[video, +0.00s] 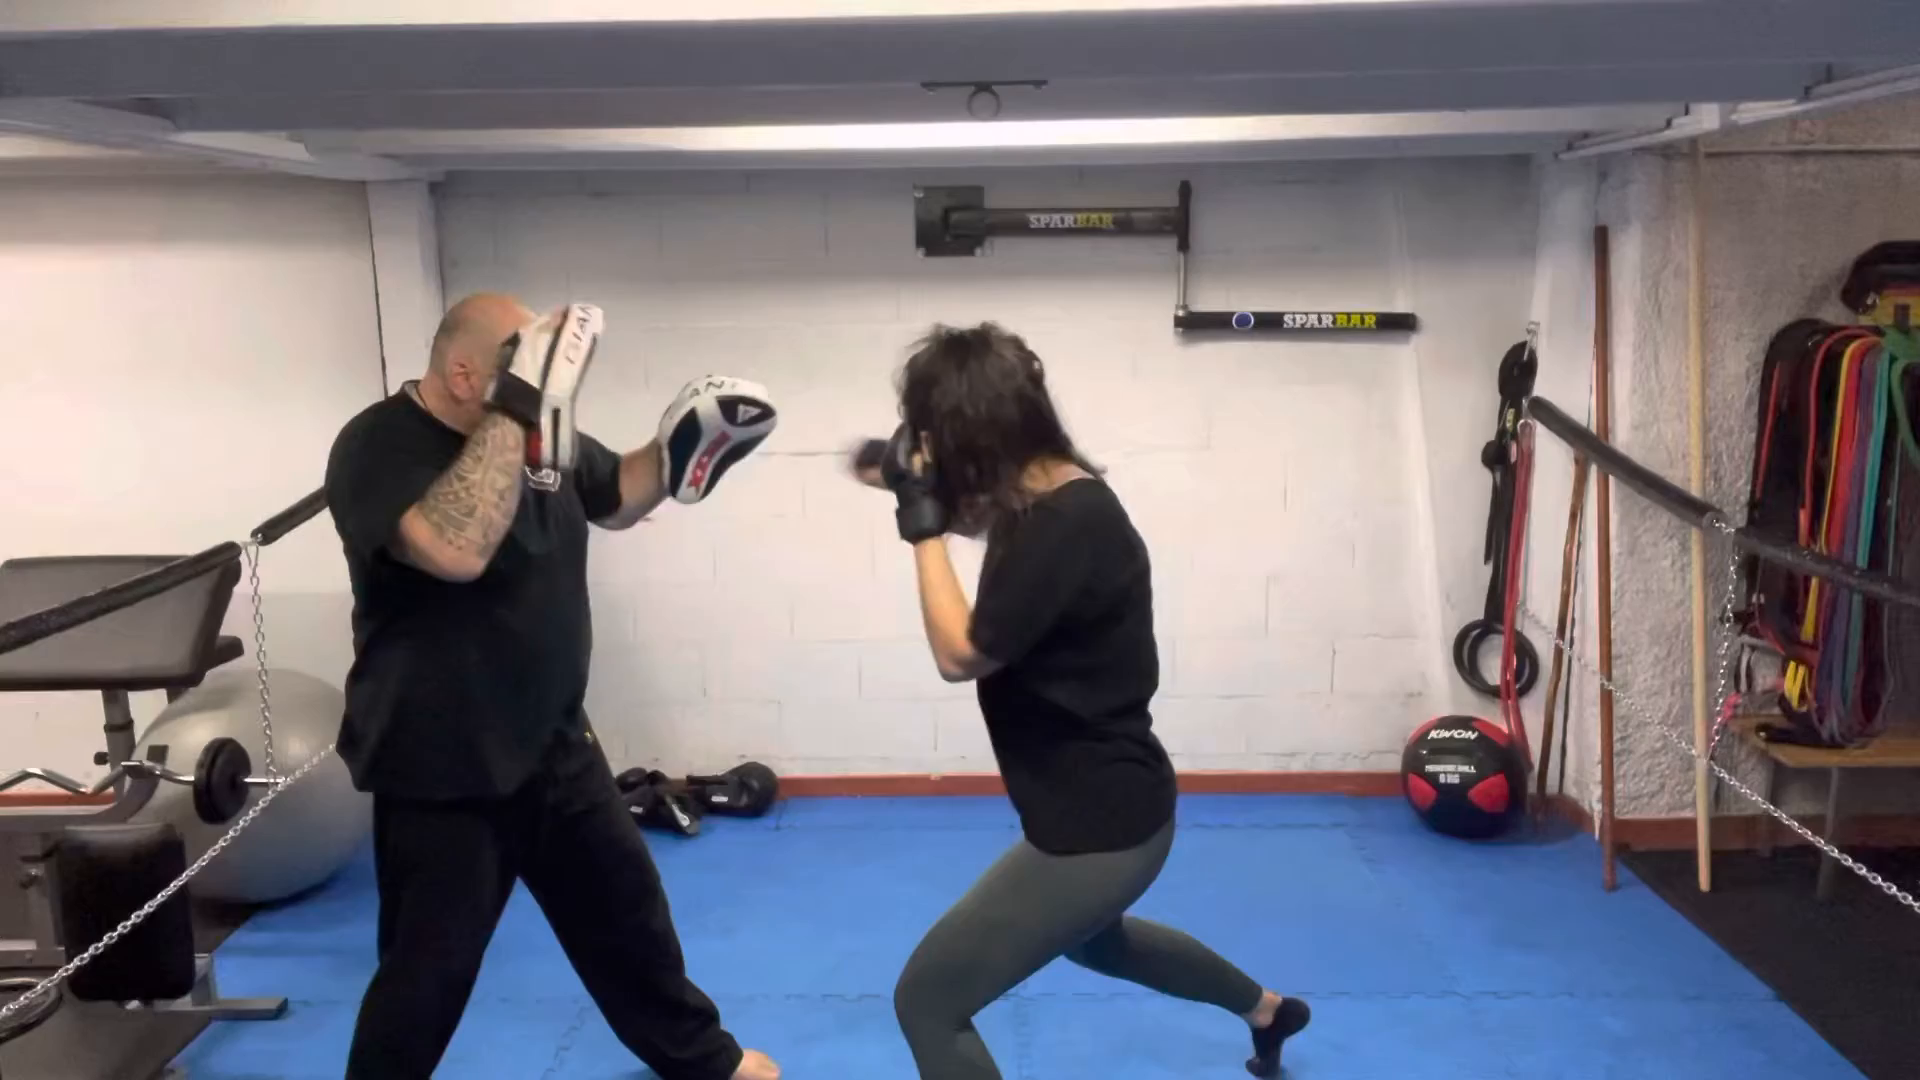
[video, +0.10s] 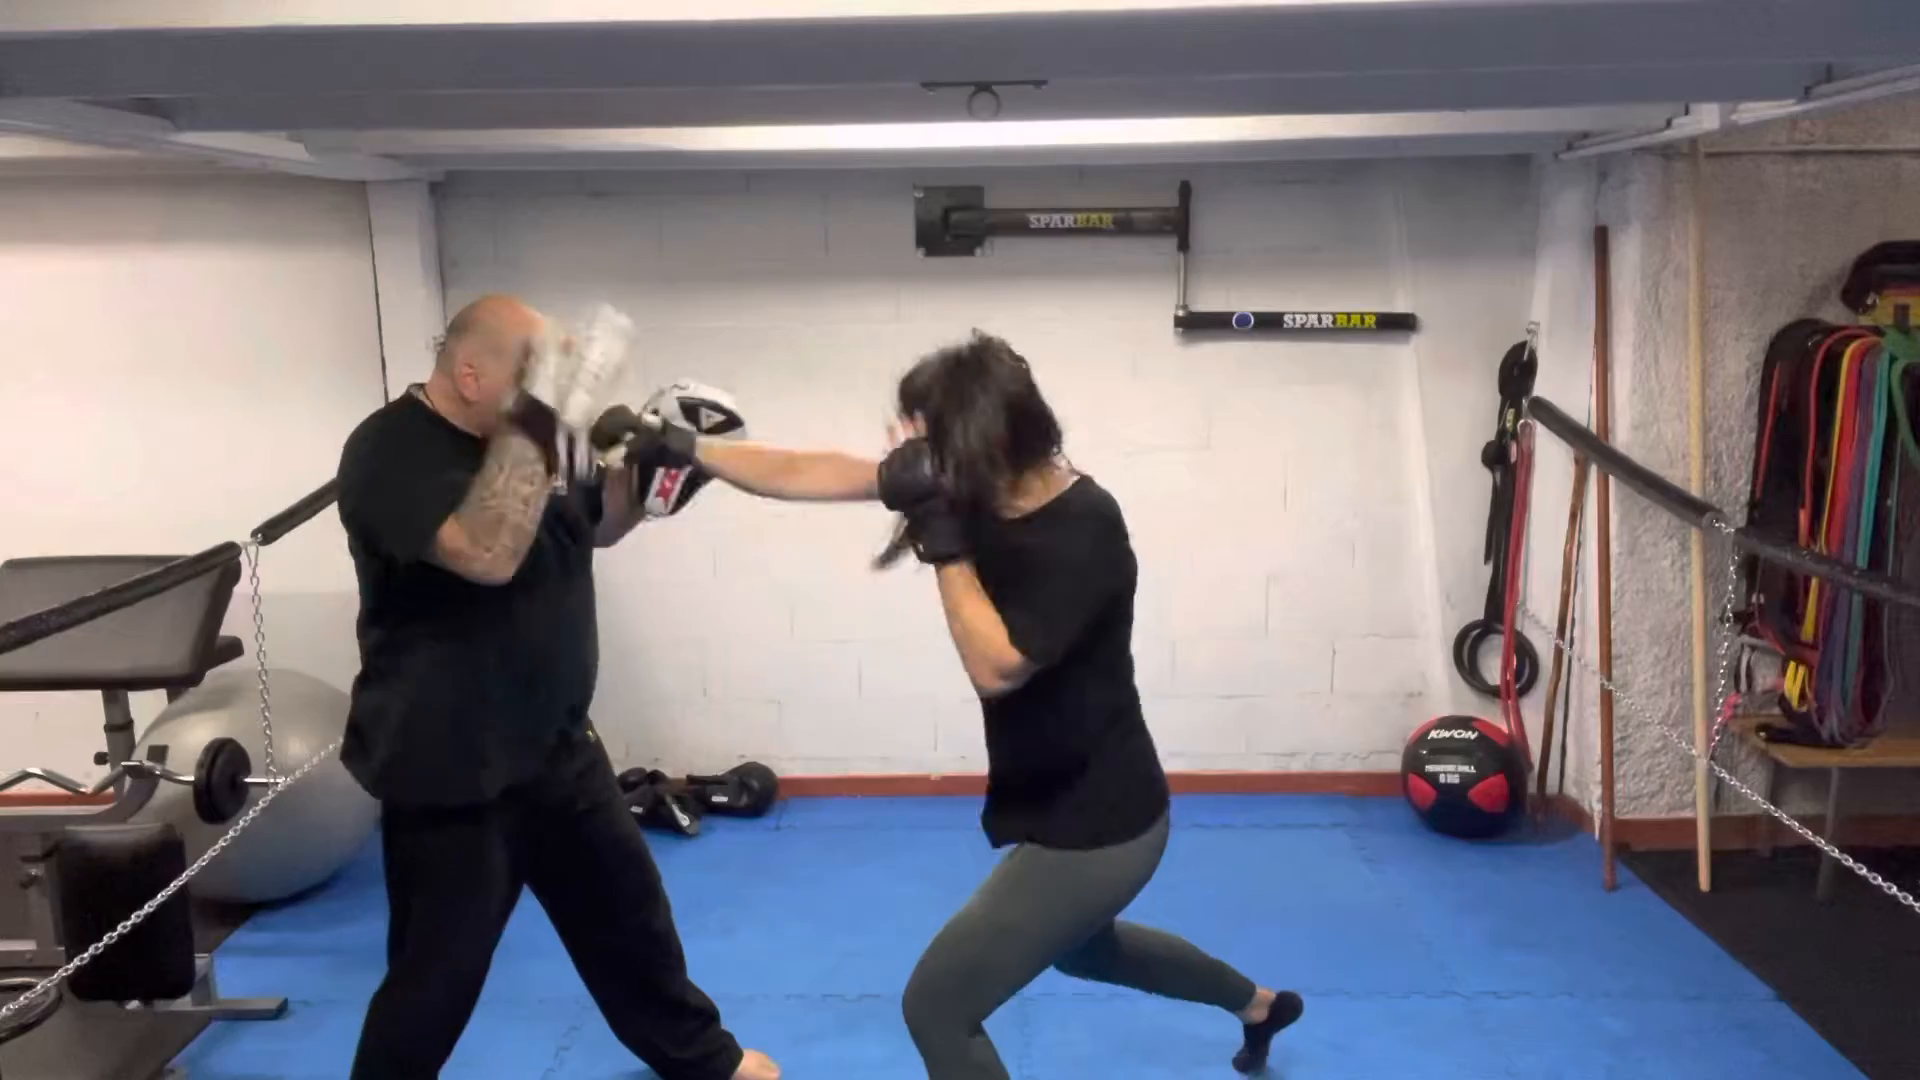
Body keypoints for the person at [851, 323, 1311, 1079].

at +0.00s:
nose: (921, 452)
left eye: (925, 436)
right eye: (917, 437)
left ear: (968, 439)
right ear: (1017, 417)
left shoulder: (1059, 528)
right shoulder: (1063, 492)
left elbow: (957, 656)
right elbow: (984, 501)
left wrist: (924, 521)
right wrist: (906, 472)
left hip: (1096, 838)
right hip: (1114, 814)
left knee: (926, 1004)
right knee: (1095, 939)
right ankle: (1265, 1008)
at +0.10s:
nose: (907, 451)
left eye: (918, 438)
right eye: (907, 438)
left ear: (975, 440)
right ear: (990, 433)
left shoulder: (1084, 533)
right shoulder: (980, 494)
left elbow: (995, 666)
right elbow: (820, 475)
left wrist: (940, 535)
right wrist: (690, 448)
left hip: (1103, 829)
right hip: (1050, 810)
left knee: (937, 1009)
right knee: (1085, 948)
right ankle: (1256, 1004)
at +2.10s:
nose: (1025, 614)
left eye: (1025, 605)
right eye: (1015, 609)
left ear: (1055, 575)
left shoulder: (1156, 561)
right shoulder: (1043, 543)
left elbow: (1179, 718)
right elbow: (1114, 681)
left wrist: (1055, 702)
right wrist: (1046, 691)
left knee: (1150, 990)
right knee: (1070, 898)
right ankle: (1143, 977)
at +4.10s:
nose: (1140, 349)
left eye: (1152, 330)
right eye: (1143, 330)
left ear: (1206, 340)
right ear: (1208, 340)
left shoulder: (1239, 444)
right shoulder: (1276, 428)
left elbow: (1180, 586)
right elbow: (1234, 552)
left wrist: (1116, 485)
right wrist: (1167, 473)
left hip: (1259, 746)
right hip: (1308, 722)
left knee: (1165, 945)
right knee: (1292, 885)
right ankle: (1390, 1048)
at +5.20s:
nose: (1014, 439)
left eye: (1014, 422)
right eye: (1009, 422)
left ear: (1045, 418)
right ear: (1114, 399)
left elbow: (909, 544)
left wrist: (846, 455)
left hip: (1111, 822)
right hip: (1199, 799)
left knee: (961, 985)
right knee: (1170, 912)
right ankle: (1303, 1052)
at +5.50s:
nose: (932, 453)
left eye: (940, 437)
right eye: (930, 438)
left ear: (993, 436)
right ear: (1020, 428)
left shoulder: (1112, 521)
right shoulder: (1016, 504)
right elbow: (869, 532)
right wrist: (758, 491)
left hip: (1119, 827)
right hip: (1099, 802)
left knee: (953, 993)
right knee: (1123, 936)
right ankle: (1285, 1012)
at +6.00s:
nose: (1045, 428)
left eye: (1053, 412)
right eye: (1045, 410)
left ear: (1103, 418)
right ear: (1142, 395)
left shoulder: (1186, 486)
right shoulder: (1209, 463)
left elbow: (1150, 645)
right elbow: (1179, 604)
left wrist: (1037, 555)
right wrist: (1095, 532)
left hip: (1216, 799)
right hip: (1256, 774)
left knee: (1074, 976)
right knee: (1197, 906)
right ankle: (1301, 1060)